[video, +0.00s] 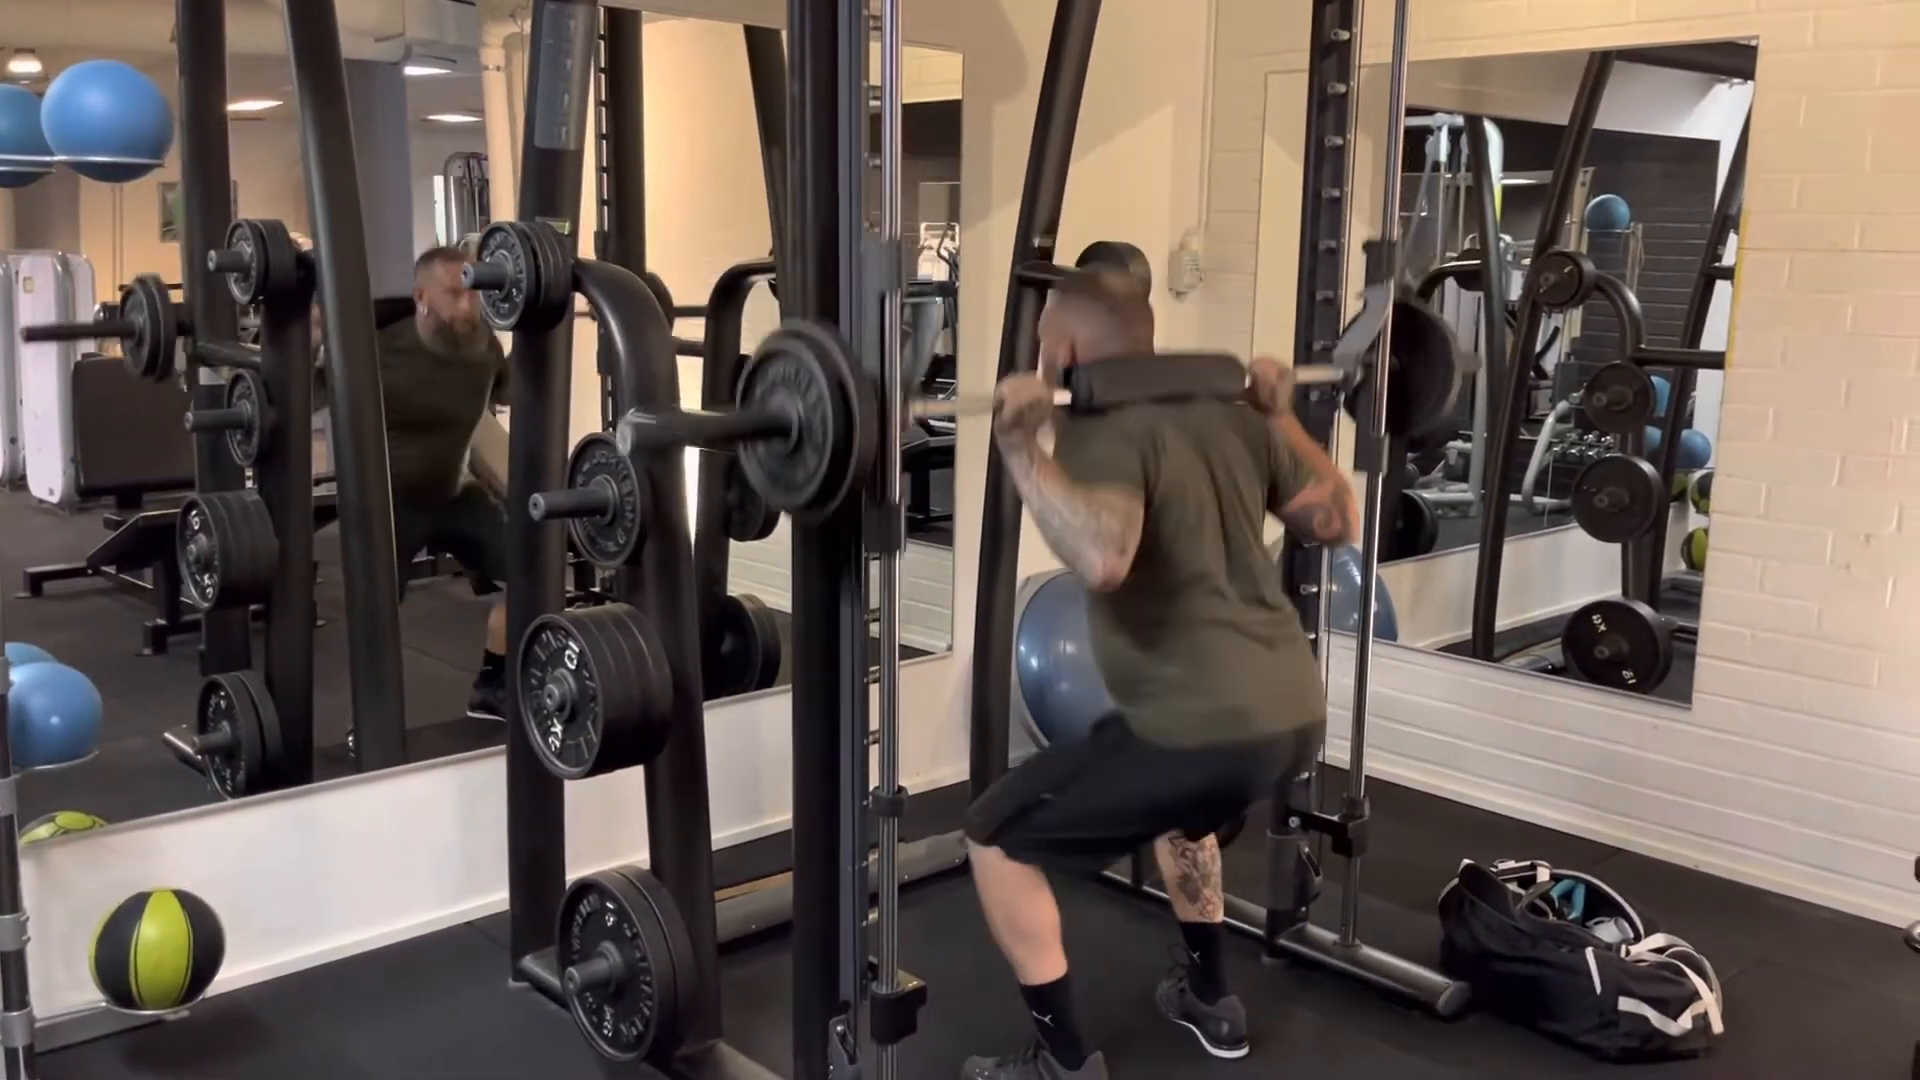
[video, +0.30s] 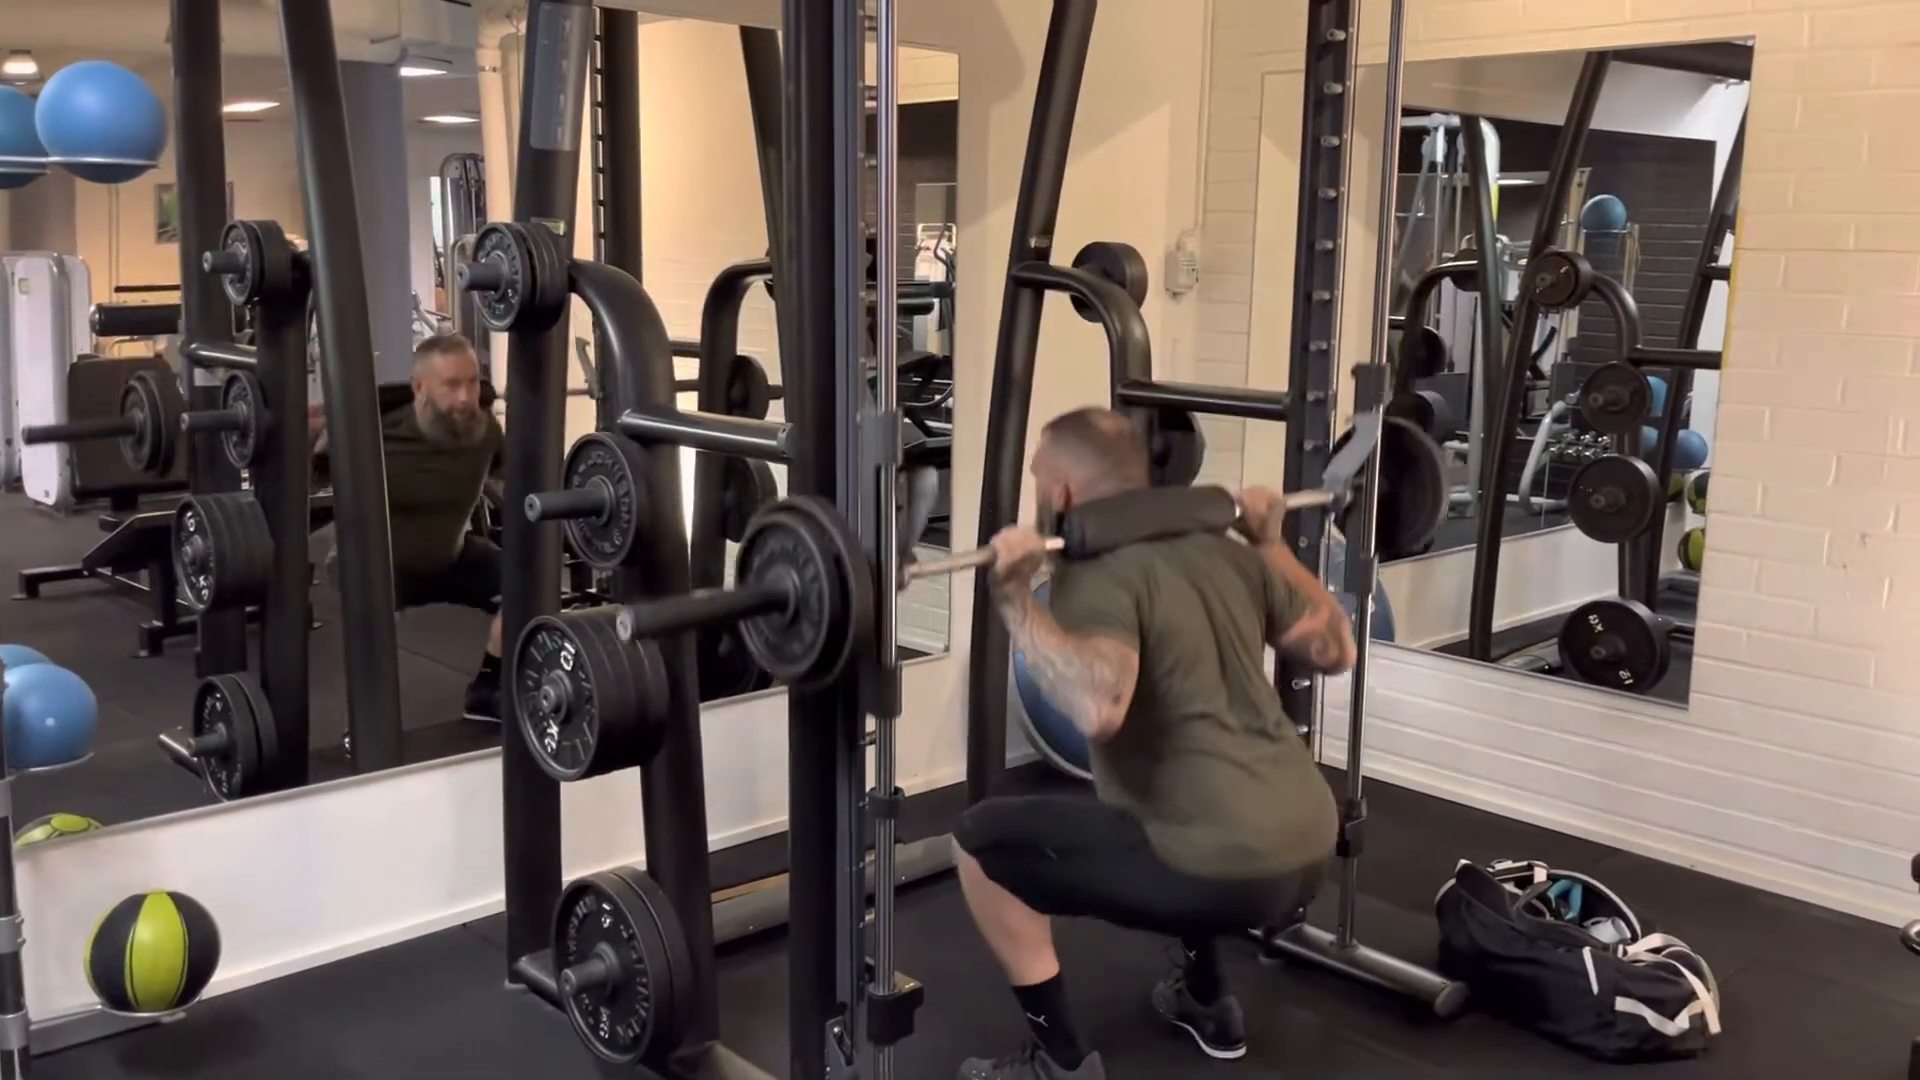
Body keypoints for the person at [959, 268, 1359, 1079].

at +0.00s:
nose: (1043, 347)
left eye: (1047, 330)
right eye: (1046, 328)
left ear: (1071, 337)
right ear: (1140, 333)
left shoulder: (1106, 423)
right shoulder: (1233, 412)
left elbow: (1102, 556)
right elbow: (1337, 517)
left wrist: (1023, 451)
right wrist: (1279, 413)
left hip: (1193, 733)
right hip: (1292, 719)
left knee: (996, 834)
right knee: (1178, 813)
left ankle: (1062, 1050)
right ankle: (1213, 998)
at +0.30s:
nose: (1037, 499)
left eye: (1038, 483)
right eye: (1035, 482)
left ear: (1064, 494)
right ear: (1139, 479)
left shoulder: (1101, 571)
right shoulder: (1227, 554)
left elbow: (1100, 705)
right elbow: (1335, 648)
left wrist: (1015, 596)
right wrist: (1273, 544)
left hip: (1212, 871)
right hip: (1308, 853)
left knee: (982, 841)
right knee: (1165, 800)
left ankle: (1058, 1054)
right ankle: (1209, 996)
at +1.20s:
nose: (1041, 359)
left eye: (1044, 343)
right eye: (1043, 343)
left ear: (1065, 347)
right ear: (1140, 337)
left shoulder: (1097, 430)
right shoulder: (1225, 417)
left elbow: (1088, 562)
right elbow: (1328, 523)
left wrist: (1009, 451)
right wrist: (1270, 419)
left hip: (1193, 726)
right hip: (1292, 714)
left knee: (999, 844)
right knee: (1170, 815)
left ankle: (1054, 1060)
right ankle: (1205, 1010)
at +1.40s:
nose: (1044, 256)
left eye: (1046, 241)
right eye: (1045, 242)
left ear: (1069, 237)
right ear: (1146, 230)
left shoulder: (1101, 324)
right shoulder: (1230, 319)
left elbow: (1086, 452)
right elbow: (1318, 432)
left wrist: (1013, 338)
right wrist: (1275, 322)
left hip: (1164, 633)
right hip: (1264, 625)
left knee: (1039, 838)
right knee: (1191, 804)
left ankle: (1059, 1063)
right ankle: (1209, 1015)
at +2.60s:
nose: (1039, 356)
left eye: (1043, 339)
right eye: (1038, 340)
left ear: (1069, 339)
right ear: (1136, 329)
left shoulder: (1099, 415)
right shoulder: (1227, 407)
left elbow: (1095, 541)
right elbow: (1333, 513)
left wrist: (1008, 434)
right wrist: (1271, 409)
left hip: (1183, 722)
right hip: (1284, 708)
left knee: (1001, 861)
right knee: (1184, 834)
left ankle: (1057, 1065)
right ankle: (1210, 1020)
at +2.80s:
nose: (1030, 457)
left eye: (1033, 442)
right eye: (1029, 442)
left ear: (1057, 453)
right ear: (1135, 439)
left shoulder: (1098, 531)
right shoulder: (1230, 519)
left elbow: (1094, 658)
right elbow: (1336, 614)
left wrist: (1009, 553)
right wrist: (1270, 512)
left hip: (1198, 830)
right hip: (1297, 817)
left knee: (977, 864)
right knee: (1148, 817)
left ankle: (1055, 1065)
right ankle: (1207, 1018)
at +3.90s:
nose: (1037, 330)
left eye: (1041, 314)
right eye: (1039, 314)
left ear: (1064, 315)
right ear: (1138, 310)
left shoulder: (1090, 399)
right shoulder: (1218, 393)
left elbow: (1079, 533)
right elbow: (1320, 504)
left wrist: (1005, 426)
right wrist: (1267, 401)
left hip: (1170, 706)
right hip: (1265, 693)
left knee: (1002, 858)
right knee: (1172, 832)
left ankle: (1052, 1066)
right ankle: (1201, 1022)